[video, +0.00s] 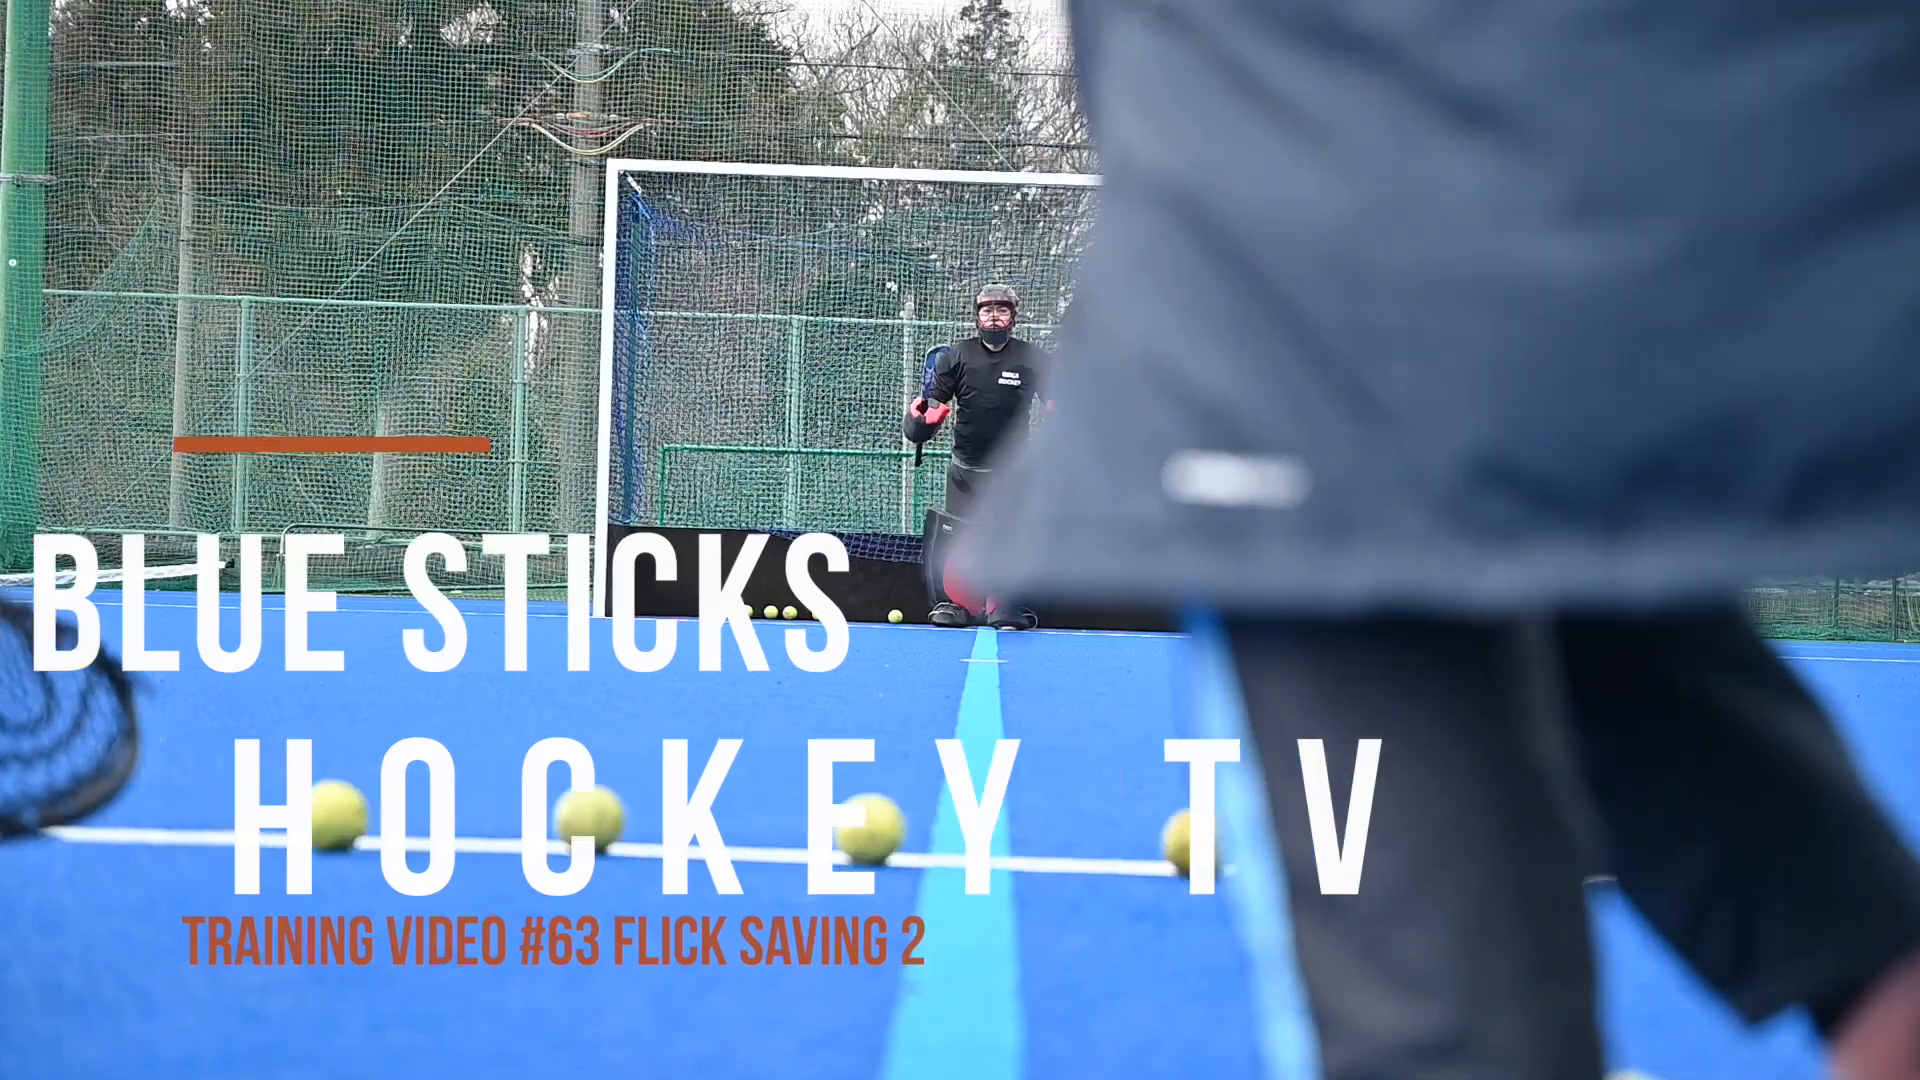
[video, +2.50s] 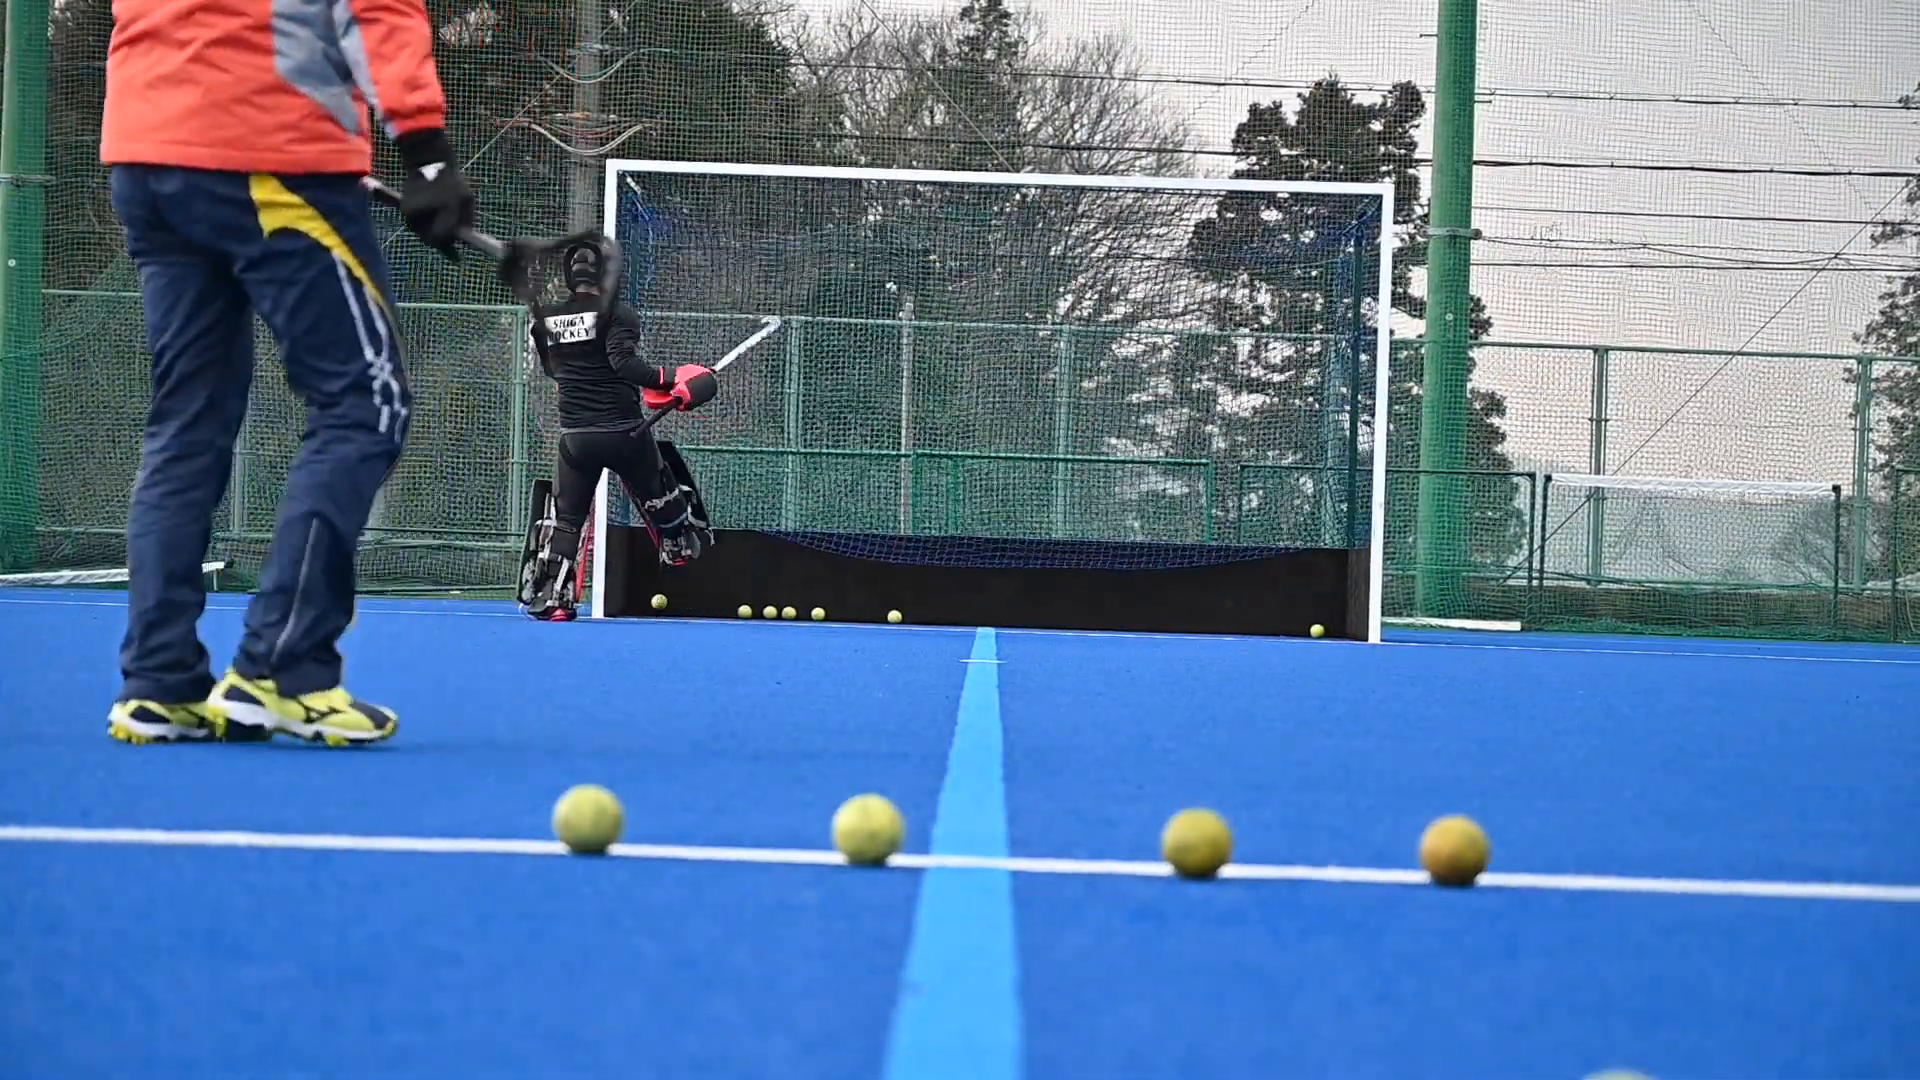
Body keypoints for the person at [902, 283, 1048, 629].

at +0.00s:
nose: (994, 315)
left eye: (1001, 309)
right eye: (987, 309)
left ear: (1013, 315)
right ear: (976, 315)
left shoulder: (1031, 359)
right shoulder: (956, 356)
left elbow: (1063, 401)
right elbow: (931, 405)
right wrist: (922, 423)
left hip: (1012, 462)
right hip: (965, 462)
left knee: (1008, 532)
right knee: (958, 532)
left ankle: (1010, 606)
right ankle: (957, 603)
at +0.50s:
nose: (992, 309)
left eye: (1001, 302)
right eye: (986, 302)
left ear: (1014, 309)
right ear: (977, 308)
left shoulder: (1036, 351)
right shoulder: (956, 350)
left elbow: (1060, 388)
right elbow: (929, 396)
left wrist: (1070, 403)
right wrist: (915, 415)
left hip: (1014, 464)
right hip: (966, 460)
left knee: (1016, 538)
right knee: (955, 530)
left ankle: (1011, 608)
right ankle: (949, 607)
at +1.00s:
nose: (994, 298)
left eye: (1001, 291)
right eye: (986, 291)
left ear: (1013, 297)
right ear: (975, 297)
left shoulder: (1034, 325)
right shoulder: (957, 332)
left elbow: (1086, 328)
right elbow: (916, 352)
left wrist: (1076, 355)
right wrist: (905, 380)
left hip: (1026, 449)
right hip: (976, 447)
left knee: (1042, 515)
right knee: (945, 504)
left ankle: (1046, 594)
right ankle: (931, 587)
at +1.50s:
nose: (828, 329)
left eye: (838, 322)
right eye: (824, 322)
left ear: (859, 322)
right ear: (817, 326)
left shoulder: (874, 352)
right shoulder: (811, 368)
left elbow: (919, 348)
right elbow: (780, 404)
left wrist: (866, 335)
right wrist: (731, 393)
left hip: (903, 452)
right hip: (862, 478)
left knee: (929, 505)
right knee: (838, 531)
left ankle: (1015, 577)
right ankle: (919, 605)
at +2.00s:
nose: (668, 307)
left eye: (666, 303)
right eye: (669, 302)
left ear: (653, 312)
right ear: (688, 311)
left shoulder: (649, 343)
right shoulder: (716, 349)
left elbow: (631, 394)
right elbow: (739, 408)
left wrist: (588, 434)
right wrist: (757, 465)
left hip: (668, 451)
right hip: (715, 459)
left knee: (616, 520)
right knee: (694, 539)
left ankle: (575, 596)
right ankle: (708, 590)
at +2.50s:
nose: (618, 279)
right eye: (613, 270)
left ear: (570, 277)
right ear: (607, 275)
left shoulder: (547, 318)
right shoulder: (618, 312)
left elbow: (550, 367)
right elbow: (623, 362)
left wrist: (588, 371)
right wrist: (667, 378)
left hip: (576, 437)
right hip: (625, 433)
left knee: (567, 518)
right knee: (655, 495)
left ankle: (551, 598)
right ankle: (679, 545)